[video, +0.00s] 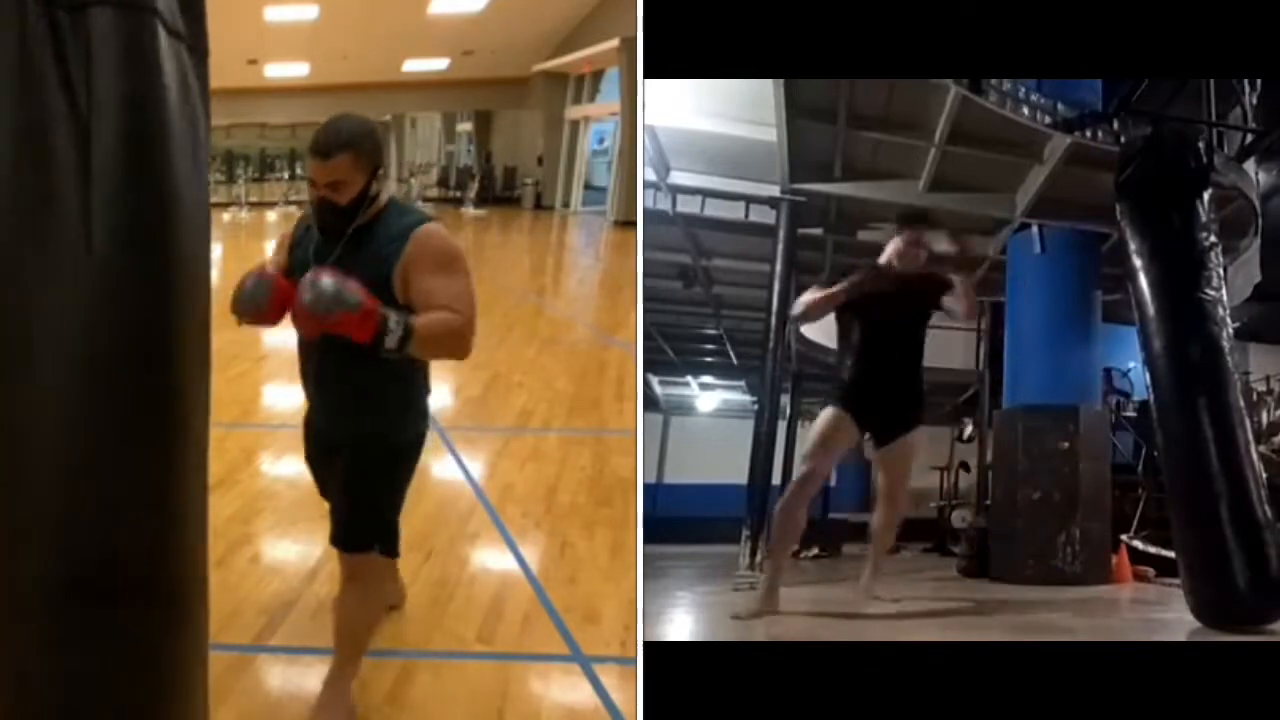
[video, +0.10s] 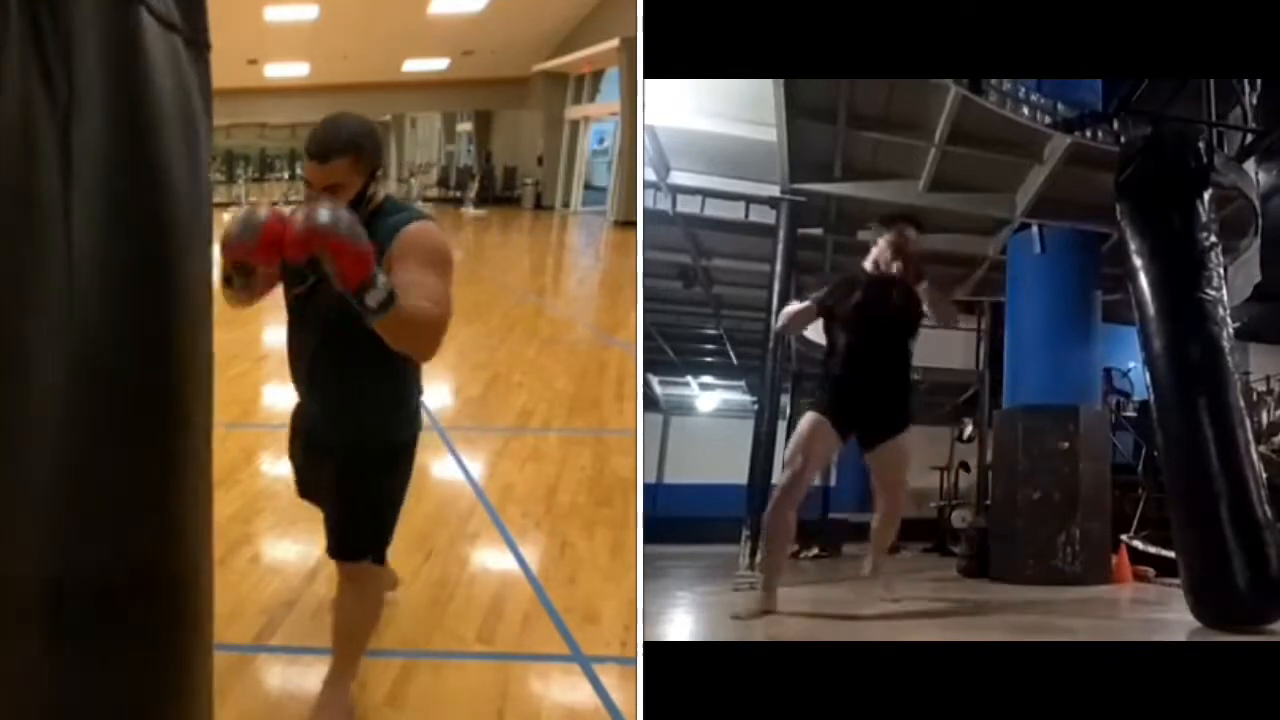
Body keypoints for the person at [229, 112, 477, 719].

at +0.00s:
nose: (322, 196)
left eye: (337, 185)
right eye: (316, 183)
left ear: (373, 176)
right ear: (309, 174)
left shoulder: (421, 242)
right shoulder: (307, 232)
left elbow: (457, 334)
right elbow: (277, 291)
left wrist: (377, 323)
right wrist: (260, 297)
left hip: (385, 415)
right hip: (325, 405)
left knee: (357, 549)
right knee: (348, 509)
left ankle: (339, 686)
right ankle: (384, 585)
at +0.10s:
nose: (319, 201)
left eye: (333, 188)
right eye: (311, 186)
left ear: (370, 178)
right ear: (304, 176)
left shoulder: (414, 237)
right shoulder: (304, 228)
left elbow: (424, 339)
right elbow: (243, 294)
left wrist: (365, 282)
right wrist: (239, 260)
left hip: (379, 420)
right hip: (317, 408)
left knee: (353, 557)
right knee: (333, 503)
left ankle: (339, 686)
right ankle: (376, 574)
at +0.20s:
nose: (319, 184)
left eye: (330, 172)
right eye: (311, 172)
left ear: (358, 175)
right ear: (296, 179)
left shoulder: (406, 234)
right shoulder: (292, 223)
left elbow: (390, 335)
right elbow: (231, 279)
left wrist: (351, 244)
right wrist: (235, 223)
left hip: (369, 427)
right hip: (306, 407)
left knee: (354, 565)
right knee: (320, 502)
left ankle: (338, 681)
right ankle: (349, 570)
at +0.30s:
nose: (314, 180)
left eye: (328, 167)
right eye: (306, 167)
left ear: (357, 171)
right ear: (293, 171)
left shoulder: (398, 234)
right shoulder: (284, 213)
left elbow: (369, 329)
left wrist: (341, 232)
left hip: (359, 426)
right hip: (296, 403)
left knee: (348, 564)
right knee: (298, 487)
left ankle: (336, 686)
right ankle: (329, 562)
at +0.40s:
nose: (303, 183)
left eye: (316, 171)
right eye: (296, 171)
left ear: (343, 172)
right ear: (282, 175)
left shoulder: (387, 235)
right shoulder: (274, 218)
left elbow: (367, 330)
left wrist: (334, 233)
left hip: (350, 425)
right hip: (286, 405)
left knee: (343, 561)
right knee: (282, 485)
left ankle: (335, 684)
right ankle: (293, 560)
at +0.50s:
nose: (295, 186)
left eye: (309, 174)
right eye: (284, 172)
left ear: (334, 178)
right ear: (266, 176)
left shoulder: (371, 232)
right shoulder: (263, 229)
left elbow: (376, 331)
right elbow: (226, 281)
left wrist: (328, 255)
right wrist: (244, 223)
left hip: (340, 422)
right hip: (275, 405)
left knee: (336, 560)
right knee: (271, 486)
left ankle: (335, 682)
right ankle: (278, 558)